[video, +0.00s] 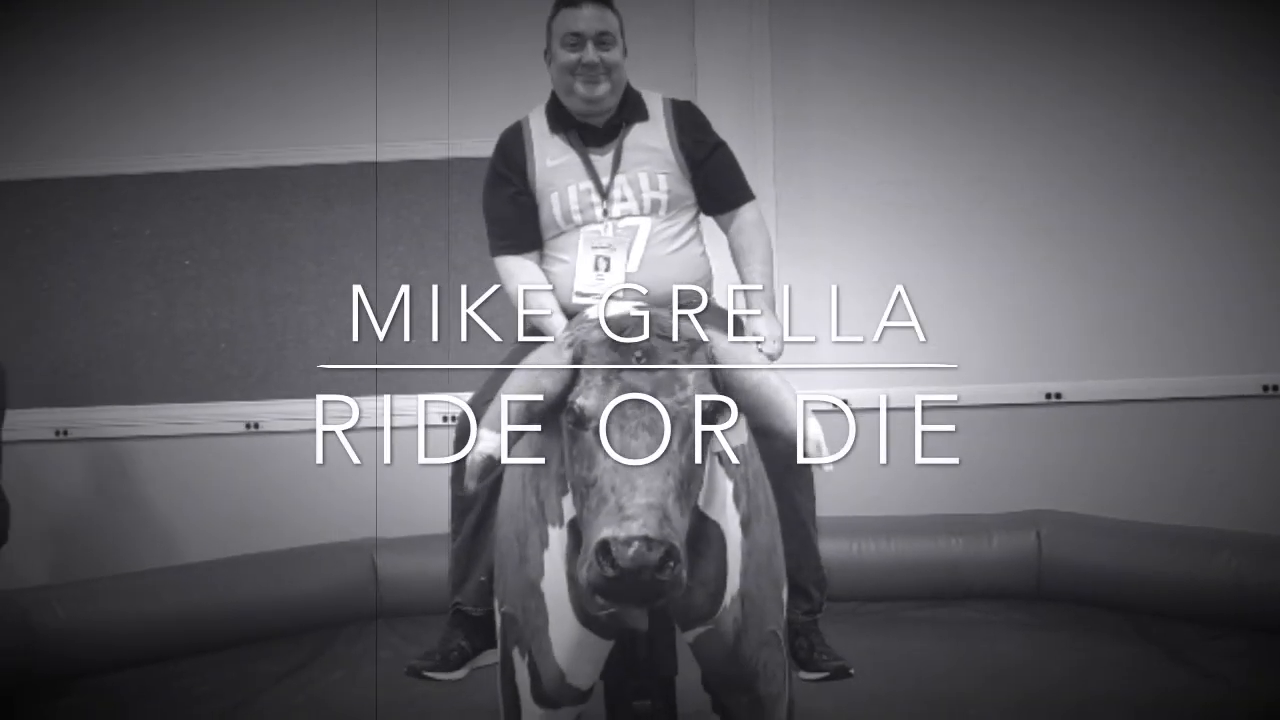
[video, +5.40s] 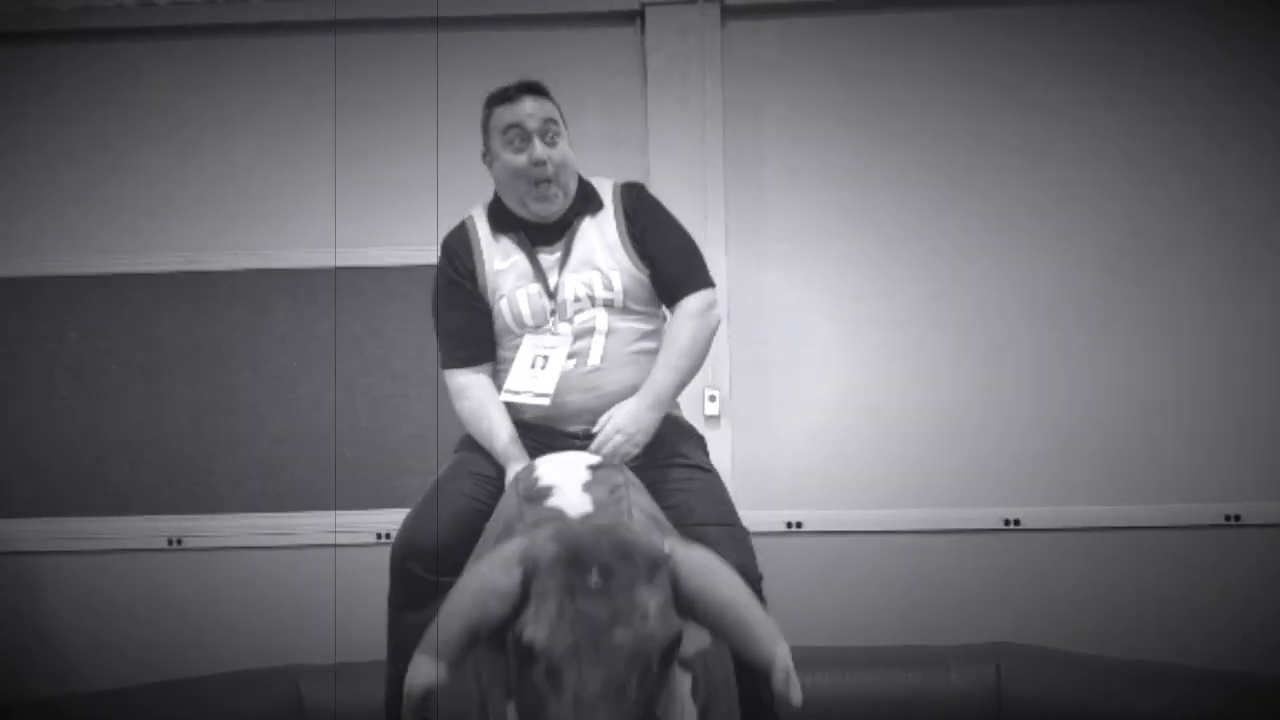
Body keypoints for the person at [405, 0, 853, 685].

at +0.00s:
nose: (590, 57)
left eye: (604, 43)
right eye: (573, 44)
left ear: (625, 51)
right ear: (549, 57)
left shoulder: (678, 121)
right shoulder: (522, 144)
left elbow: (742, 215)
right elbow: (513, 255)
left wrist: (758, 308)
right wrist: (559, 329)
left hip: (687, 319)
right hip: (575, 326)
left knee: (787, 427)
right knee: (478, 445)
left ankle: (801, 619)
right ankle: (474, 620)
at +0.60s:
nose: (598, 72)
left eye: (612, 58)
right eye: (582, 59)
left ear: (632, 68)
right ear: (558, 69)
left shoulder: (678, 136)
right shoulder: (531, 151)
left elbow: (760, 199)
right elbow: (516, 252)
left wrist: (718, 216)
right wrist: (547, 314)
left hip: (679, 307)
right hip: (571, 314)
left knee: (777, 411)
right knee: (480, 421)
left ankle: (794, 606)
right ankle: (471, 608)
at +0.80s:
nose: (604, 80)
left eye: (618, 66)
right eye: (588, 66)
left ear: (638, 74)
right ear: (564, 74)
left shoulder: (679, 141)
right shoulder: (535, 153)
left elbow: (769, 170)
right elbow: (520, 256)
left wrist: (726, 121)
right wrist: (560, 322)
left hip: (683, 311)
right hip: (575, 316)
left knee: (775, 410)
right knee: (480, 418)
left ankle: (792, 599)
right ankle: (472, 602)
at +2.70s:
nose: (567, 68)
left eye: (581, 50)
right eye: (550, 51)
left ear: (597, 47)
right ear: (518, 51)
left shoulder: (637, 102)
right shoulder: (484, 139)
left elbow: (724, 64)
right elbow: (487, 262)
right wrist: (524, 351)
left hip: (642, 320)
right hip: (527, 326)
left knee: (730, 452)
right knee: (436, 438)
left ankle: (738, 646)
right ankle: (425, 631)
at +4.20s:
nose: (504, 30)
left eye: (514, 14)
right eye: (479, 22)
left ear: (538, 29)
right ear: (455, 59)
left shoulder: (614, 105)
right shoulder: (461, 173)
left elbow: (700, 182)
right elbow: (482, 321)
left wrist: (796, 232)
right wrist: (520, 435)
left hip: (662, 383)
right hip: (528, 389)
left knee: (738, 559)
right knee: (424, 534)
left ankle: (750, 702)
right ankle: (416, 704)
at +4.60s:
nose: (495, 74)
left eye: (507, 52)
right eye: (469, 64)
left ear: (538, 66)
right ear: (448, 98)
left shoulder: (619, 127)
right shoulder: (448, 208)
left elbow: (707, 220)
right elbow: (473, 357)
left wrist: (726, 328)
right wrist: (514, 476)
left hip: (658, 419)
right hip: (518, 429)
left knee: (736, 599)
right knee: (413, 572)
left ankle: (749, 718)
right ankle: (409, 715)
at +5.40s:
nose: (539, 154)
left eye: (550, 135)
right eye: (517, 141)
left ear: (569, 144)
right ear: (489, 160)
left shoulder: (628, 207)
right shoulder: (467, 246)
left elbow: (701, 305)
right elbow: (465, 375)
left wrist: (649, 405)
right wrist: (515, 460)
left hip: (645, 432)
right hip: (521, 441)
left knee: (731, 576)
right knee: (420, 554)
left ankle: (754, 710)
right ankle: (412, 708)